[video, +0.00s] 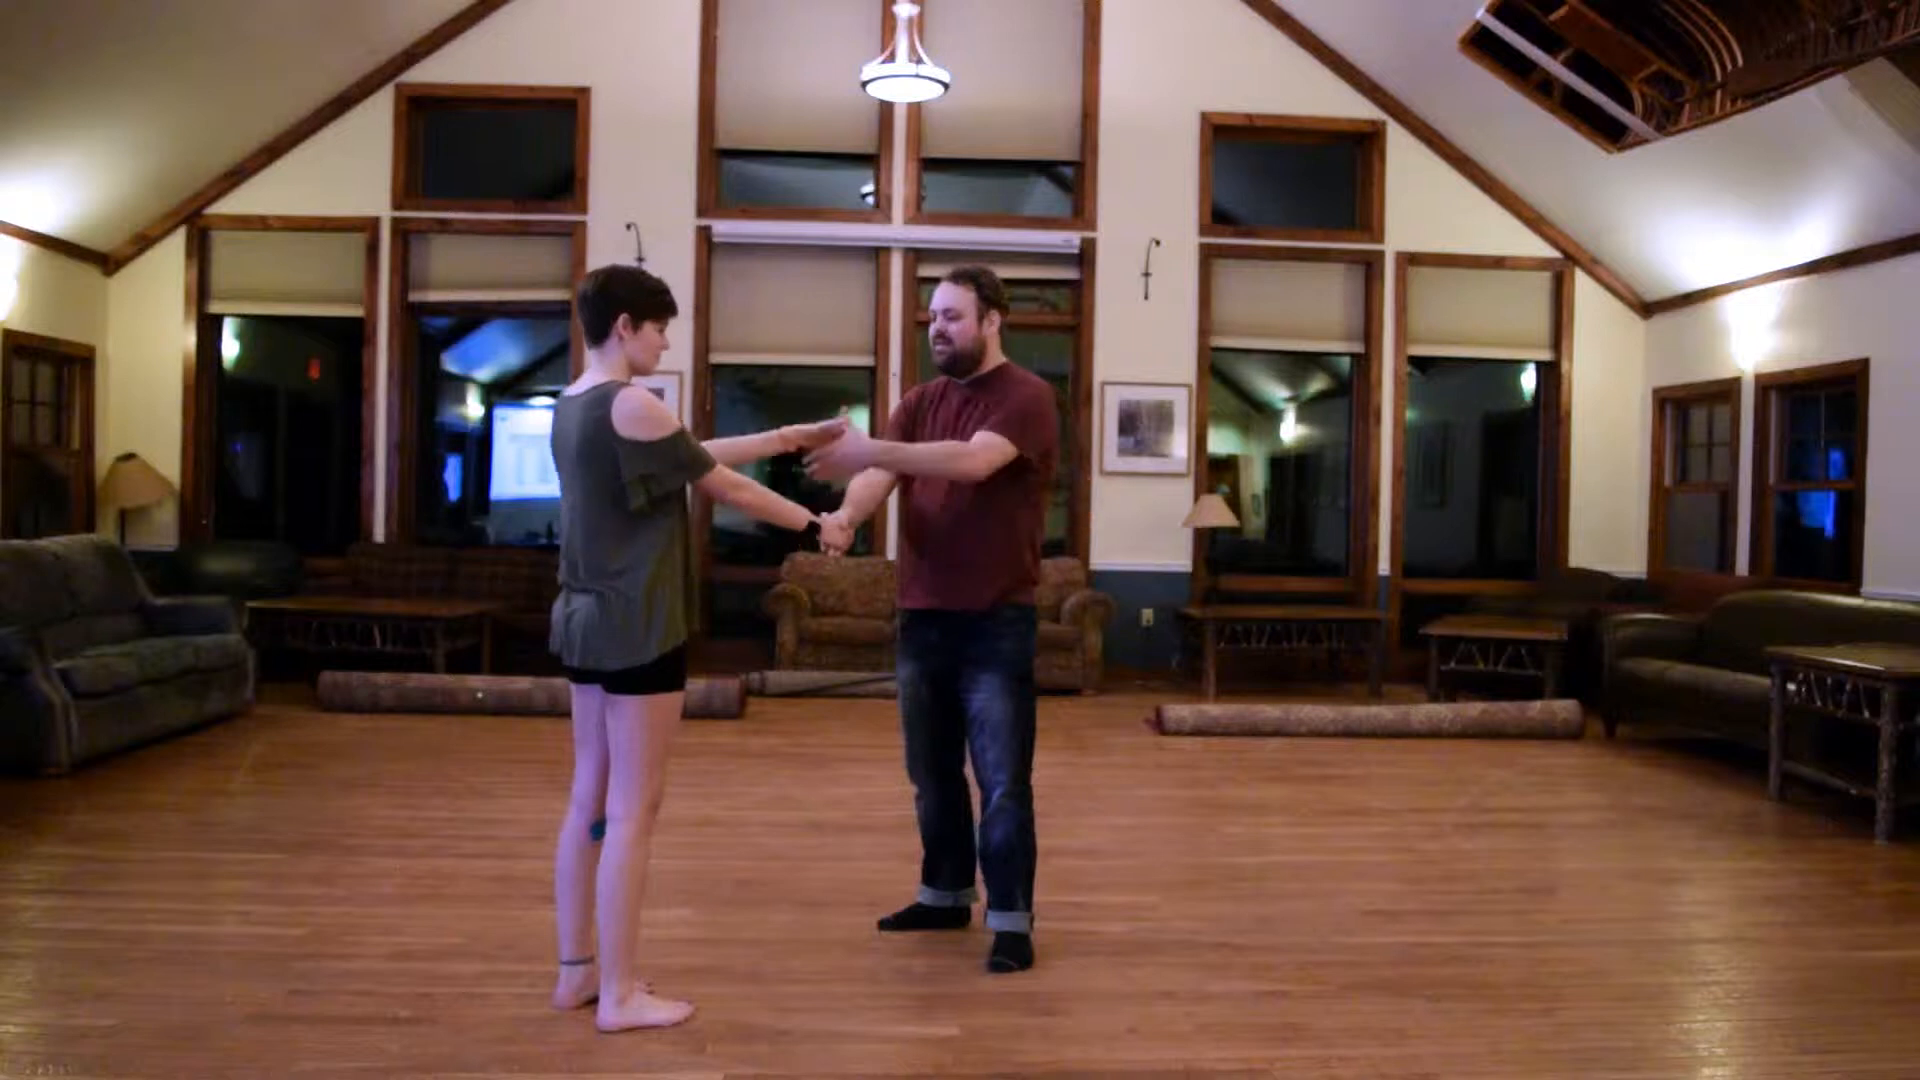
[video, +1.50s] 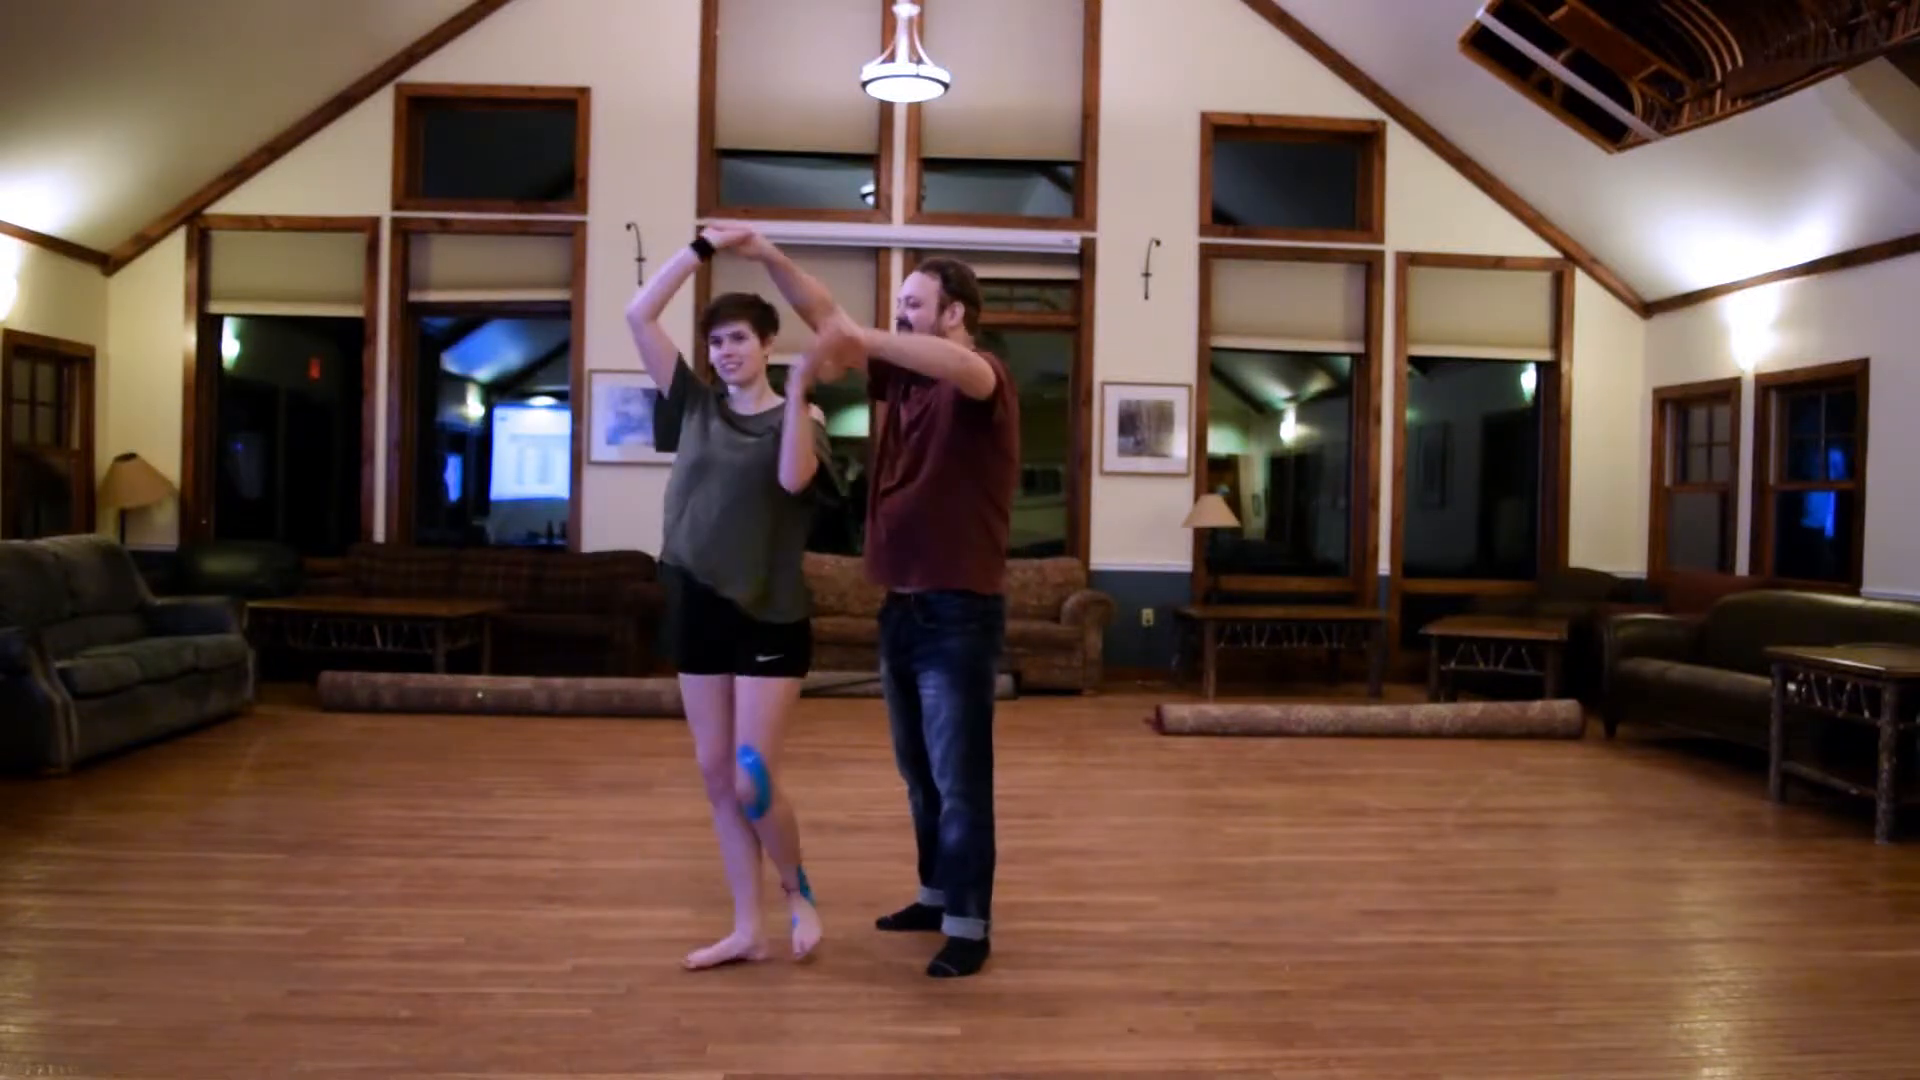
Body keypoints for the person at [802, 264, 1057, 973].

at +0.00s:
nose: (938, 329)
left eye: (952, 317)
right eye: (932, 318)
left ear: (992, 322)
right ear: (928, 326)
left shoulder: (1025, 395)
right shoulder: (918, 404)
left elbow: (973, 462)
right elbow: (881, 471)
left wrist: (870, 450)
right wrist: (843, 516)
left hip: (996, 616)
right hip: (923, 614)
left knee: (1001, 777)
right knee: (932, 770)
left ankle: (1011, 921)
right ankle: (944, 897)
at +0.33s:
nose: (922, 328)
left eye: (937, 317)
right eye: (918, 318)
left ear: (977, 323)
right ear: (917, 326)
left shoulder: (1010, 396)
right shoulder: (905, 401)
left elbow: (960, 474)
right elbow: (876, 473)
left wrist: (859, 474)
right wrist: (850, 501)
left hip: (982, 613)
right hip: (915, 610)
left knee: (986, 770)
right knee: (927, 766)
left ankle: (1006, 919)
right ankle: (943, 898)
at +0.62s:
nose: (906, 328)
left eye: (919, 317)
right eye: (903, 317)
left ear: (962, 322)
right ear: (904, 324)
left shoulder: (996, 390)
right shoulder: (896, 401)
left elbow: (959, 479)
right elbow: (884, 488)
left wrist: (862, 479)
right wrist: (873, 516)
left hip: (971, 612)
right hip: (909, 609)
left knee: (963, 771)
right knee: (921, 765)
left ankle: (970, 925)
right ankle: (937, 897)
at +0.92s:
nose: (898, 319)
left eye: (912, 308)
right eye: (898, 309)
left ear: (955, 316)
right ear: (914, 317)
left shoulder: (981, 378)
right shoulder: (908, 398)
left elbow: (884, 406)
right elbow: (859, 484)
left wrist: (803, 357)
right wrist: (791, 553)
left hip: (968, 604)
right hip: (914, 604)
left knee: (963, 769)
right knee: (925, 763)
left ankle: (972, 924)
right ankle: (941, 897)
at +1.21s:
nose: (897, 311)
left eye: (912, 300)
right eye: (896, 302)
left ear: (953, 311)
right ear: (913, 312)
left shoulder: (979, 373)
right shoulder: (900, 384)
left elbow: (877, 322)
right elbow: (814, 375)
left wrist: (776, 254)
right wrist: (726, 369)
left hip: (966, 604)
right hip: (911, 603)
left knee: (961, 771)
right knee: (925, 766)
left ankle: (972, 923)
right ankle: (940, 898)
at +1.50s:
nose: (901, 315)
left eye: (914, 305)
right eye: (899, 306)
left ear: (958, 314)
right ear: (909, 316)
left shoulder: (984, 373)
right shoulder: (899, 372)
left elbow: (959, 364)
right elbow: (836, 328)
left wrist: (865, 340)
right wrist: (769, 257)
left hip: (961, 606)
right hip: (903, 605)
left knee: (958, 772)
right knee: (920, 768)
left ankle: (969, 925)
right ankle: (940, 898)